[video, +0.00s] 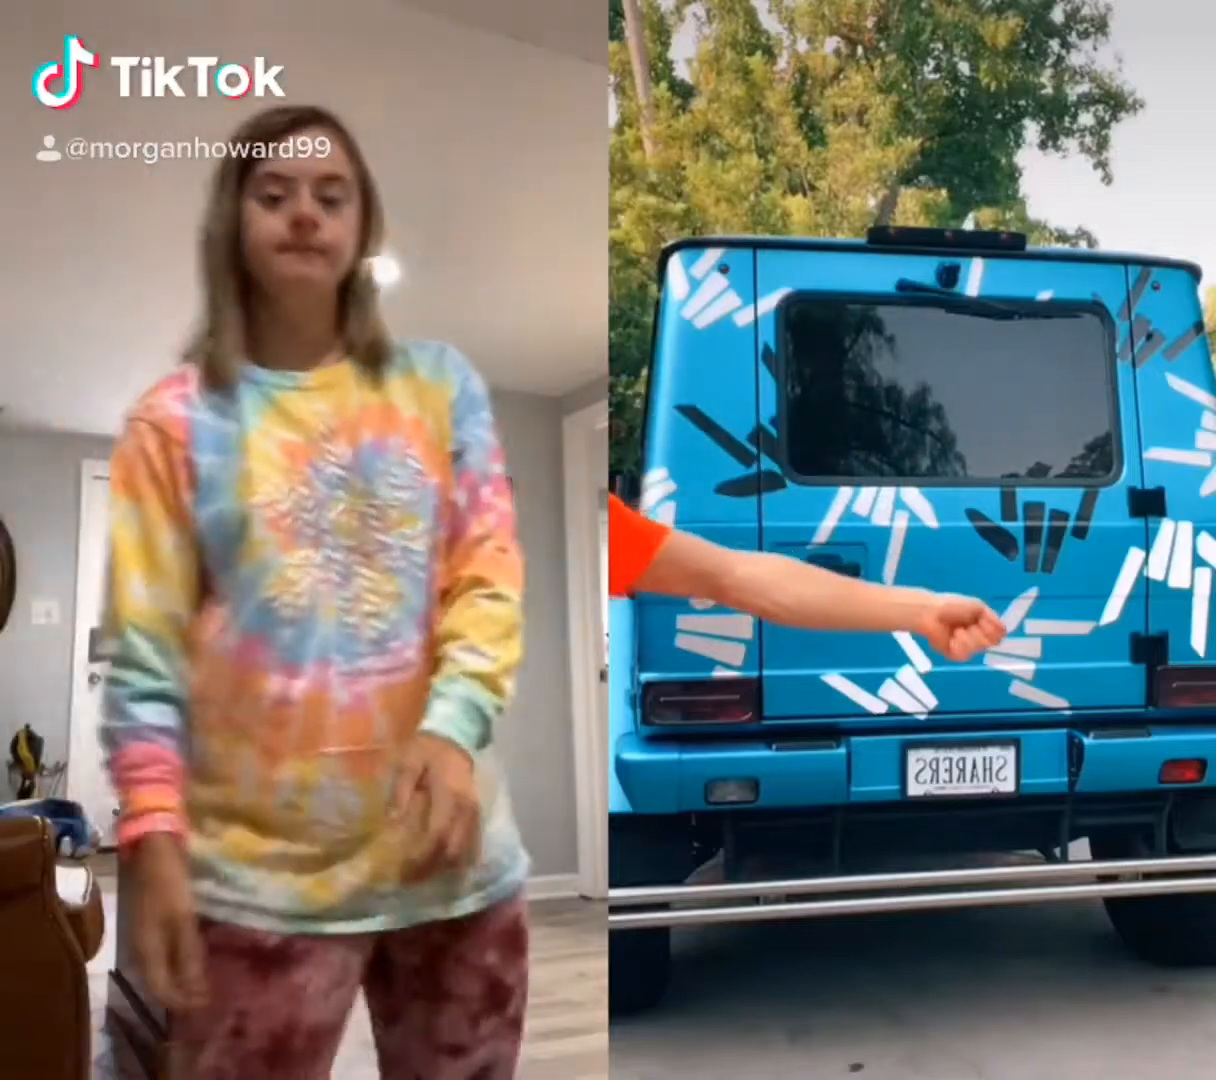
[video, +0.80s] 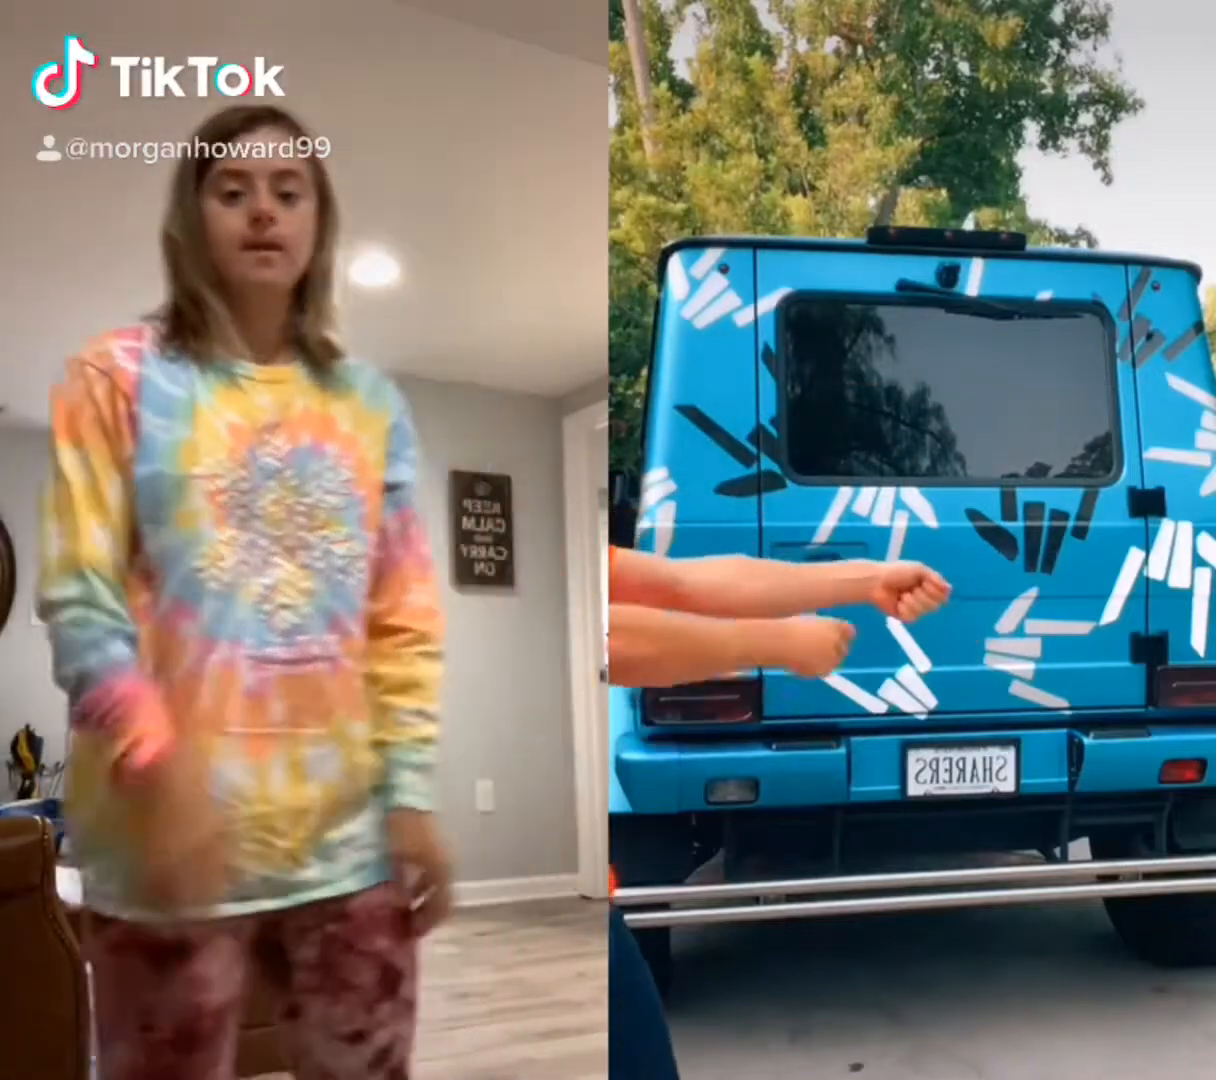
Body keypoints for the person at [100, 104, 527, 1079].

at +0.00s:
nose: (305, 215)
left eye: (331, 193)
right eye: (273, 193)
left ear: (364, 226)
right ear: (231, 223)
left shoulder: (443, 390)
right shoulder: (175, 422)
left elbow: (488, 585)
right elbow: (141, 652)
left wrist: (454, 728)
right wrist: (154, 844)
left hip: (449, 869)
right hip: (257, 885)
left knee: (468, 1068)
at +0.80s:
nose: (264, 214)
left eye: (289, 192)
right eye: (233, 191)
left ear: (322, 221)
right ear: (189, 220)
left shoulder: (371, 401)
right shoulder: (117, 379)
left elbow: (404, 617)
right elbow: (78, 598)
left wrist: (411, 793)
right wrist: (159, 770)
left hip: (348, 846)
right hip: (166, 853)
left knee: (366, 1071)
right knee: (164, 1073)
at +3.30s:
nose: (348, 249)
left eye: (374, 231)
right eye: (323, 227)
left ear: (405, 262)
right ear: (282, 249)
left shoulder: (446, 415)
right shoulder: (209, 391)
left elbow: (480, 590)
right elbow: (139, 567)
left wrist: (592, 636)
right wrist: (52, 638)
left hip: (425, 824)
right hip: (253, 832)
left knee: (433, 1068)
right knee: (224, 1069)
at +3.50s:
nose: (280, 279)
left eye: (305, 257)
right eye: (255, 257)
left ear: (339, 285)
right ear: (217, 281)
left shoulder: (379, 442)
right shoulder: (149, 413)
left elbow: (379, 617)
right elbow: (101, 600)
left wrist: (280, 588)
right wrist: (272, 700)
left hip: (306, 835)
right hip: (130, 839)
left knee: (358, 1067)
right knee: (112, 1069)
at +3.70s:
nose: (234, 267)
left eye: (261, 246)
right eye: (207, 245)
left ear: (293, 275)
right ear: (172, 270)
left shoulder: (341, 430)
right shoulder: (109, 392)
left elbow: (332, 589)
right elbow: (126, 590)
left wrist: (165, 508)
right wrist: (322, 659)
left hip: (273, 832)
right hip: (105, 829)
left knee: (282, 1068)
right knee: (81, 1066)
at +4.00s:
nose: (234, 241)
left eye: (261, 221)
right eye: (206, 219)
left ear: (291, 253)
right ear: (165, 246)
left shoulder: (357, 399)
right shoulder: (99, 413)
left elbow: (407, 573)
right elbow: (33, 604)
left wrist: (421, 709)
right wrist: (5, 720)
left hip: (319, 831)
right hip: (132, 836)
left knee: (346, 1065)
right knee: (122, 1069)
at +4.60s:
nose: (427, 278)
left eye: (453, 257)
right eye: (400, 256)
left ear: (483, 283)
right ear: (362, 279)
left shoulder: (549, 424)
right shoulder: (299, 432)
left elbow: (589, 624)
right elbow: (302, 602)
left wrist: (525, 508)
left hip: (547, 838)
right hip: (384, 834)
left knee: (557, 1072)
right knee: (306, 1073)